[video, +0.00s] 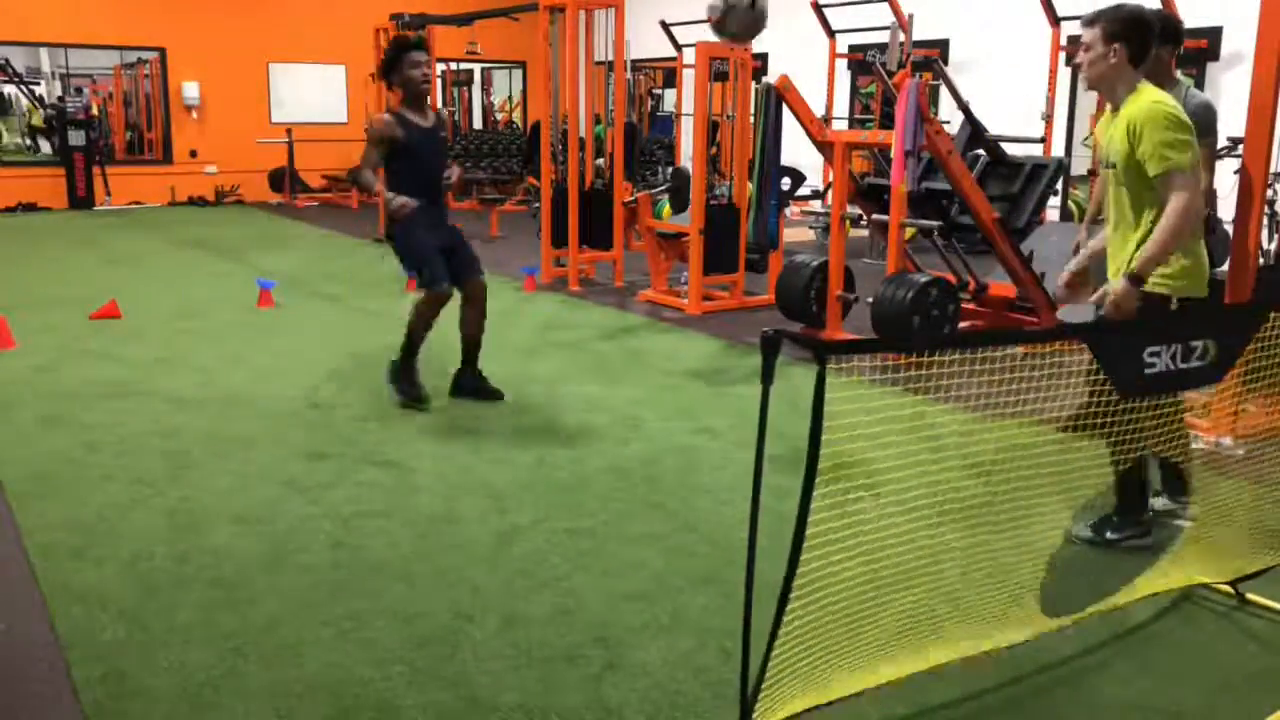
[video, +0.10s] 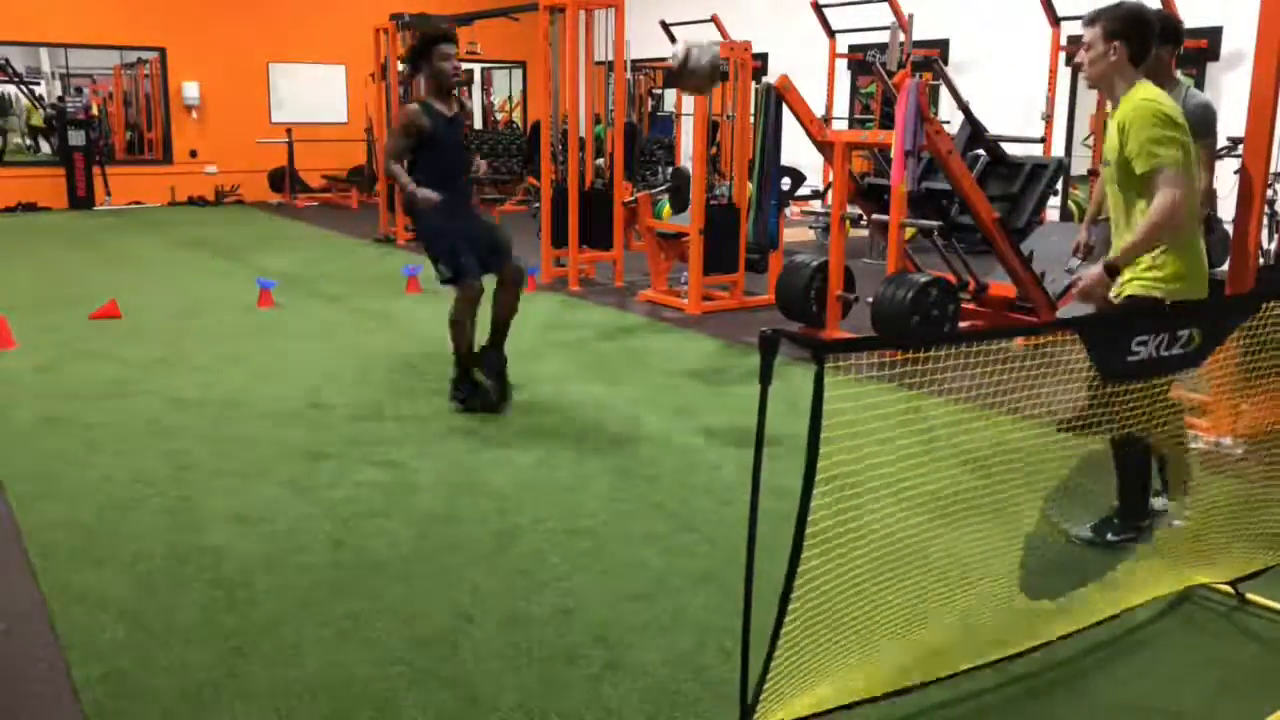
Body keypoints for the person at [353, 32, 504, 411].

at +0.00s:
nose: (426, 73)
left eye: (427, 66)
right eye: (415, 67)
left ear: (431, 73)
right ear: (394, 80)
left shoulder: (438, 121)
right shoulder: (385, 125)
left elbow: (438, 163)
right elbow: (363, 172)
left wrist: (452, 171)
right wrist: (388, 197)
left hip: (439, 220)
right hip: (407, 223)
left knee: (475, 287)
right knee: (439, 289)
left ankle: (468, 374)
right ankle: (404, 366)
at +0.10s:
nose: (454, 66)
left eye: (456, 59)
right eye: (446, 59)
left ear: (456, 64)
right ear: (425, 66)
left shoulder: (458, 112)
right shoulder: (412, 115)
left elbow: (452, 159)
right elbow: (391, 161)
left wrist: (475, 165)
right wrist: (413, 188)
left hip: (463, 209)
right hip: (434, 212)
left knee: (512, 273)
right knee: (470, 285)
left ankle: (493, 353)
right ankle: (463, 379)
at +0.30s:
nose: (519, 103)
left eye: (520, 96)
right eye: (513, 95)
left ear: (513, 97)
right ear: (491, 95)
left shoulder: (505, 136)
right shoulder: (473, 138)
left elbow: (493, 183)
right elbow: (444, 182)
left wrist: (520, 197)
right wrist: (465, 234)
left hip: (521, 228)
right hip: (498, 239)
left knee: (580, 236)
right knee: (528, 309)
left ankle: (579, 307)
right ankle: (496, 389)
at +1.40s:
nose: (641, 127)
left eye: (644, 122)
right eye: (643, 121)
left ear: (651, 127)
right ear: (680, 126)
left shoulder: (659, 166)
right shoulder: (698, 163)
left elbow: (679, 211)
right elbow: (713, 209)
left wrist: (688, 258)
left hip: (694, 257)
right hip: (722, 251)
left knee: (670, 317)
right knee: (765, 311)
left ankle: (711, 362)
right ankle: (824, 370)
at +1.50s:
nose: (611, 124)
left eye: (613, 118)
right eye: (612, 118)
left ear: (618, 121)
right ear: (645, 121)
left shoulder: (625, 158)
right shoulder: (663, 151)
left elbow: (624, 207)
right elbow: (681, 185)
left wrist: (603, 241)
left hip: (668, 248)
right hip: (698, 239)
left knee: (656, 320)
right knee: (706, 311)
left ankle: (714, 365)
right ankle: (760, 337)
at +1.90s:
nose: (463, 96)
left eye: (465, 91)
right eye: (464, 90)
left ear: (471, 94)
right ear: (492, 96)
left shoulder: (479, 117)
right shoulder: (498, 126)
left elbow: (483, 137)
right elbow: (488, 172)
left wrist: (442, 137)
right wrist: (463, 197)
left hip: (495, 208)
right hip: (517, 206)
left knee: (461, 251)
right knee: (539, 267)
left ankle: (483, 317)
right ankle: (590, 310)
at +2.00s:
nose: (411, 101)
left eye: (414, 95)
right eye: (412, 94)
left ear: (422, 100)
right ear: (442, 101)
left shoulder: (434, 123)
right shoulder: (446, 129)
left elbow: (449, 148)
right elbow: (436, 177)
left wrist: (435, 165)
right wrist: (414, 199)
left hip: (455, 209)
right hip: (467, 207)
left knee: (419, 254)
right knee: (487, 270)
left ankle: (397, 305)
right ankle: (541, 279)